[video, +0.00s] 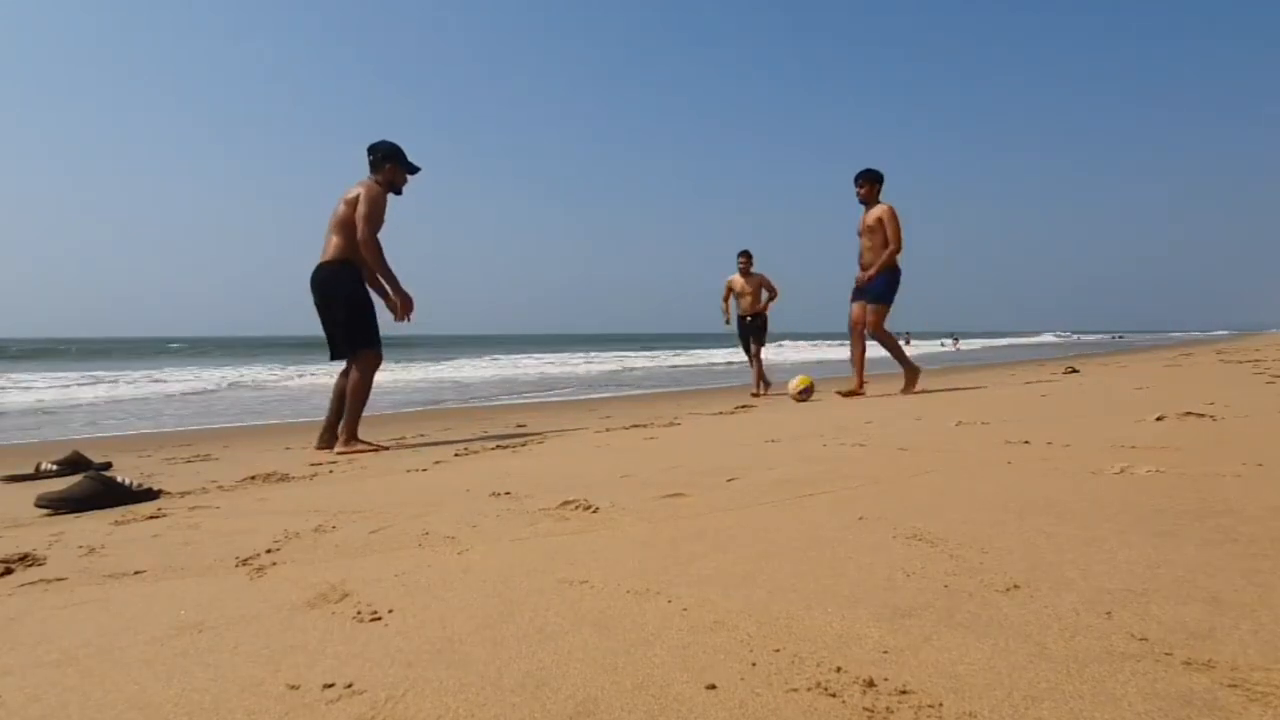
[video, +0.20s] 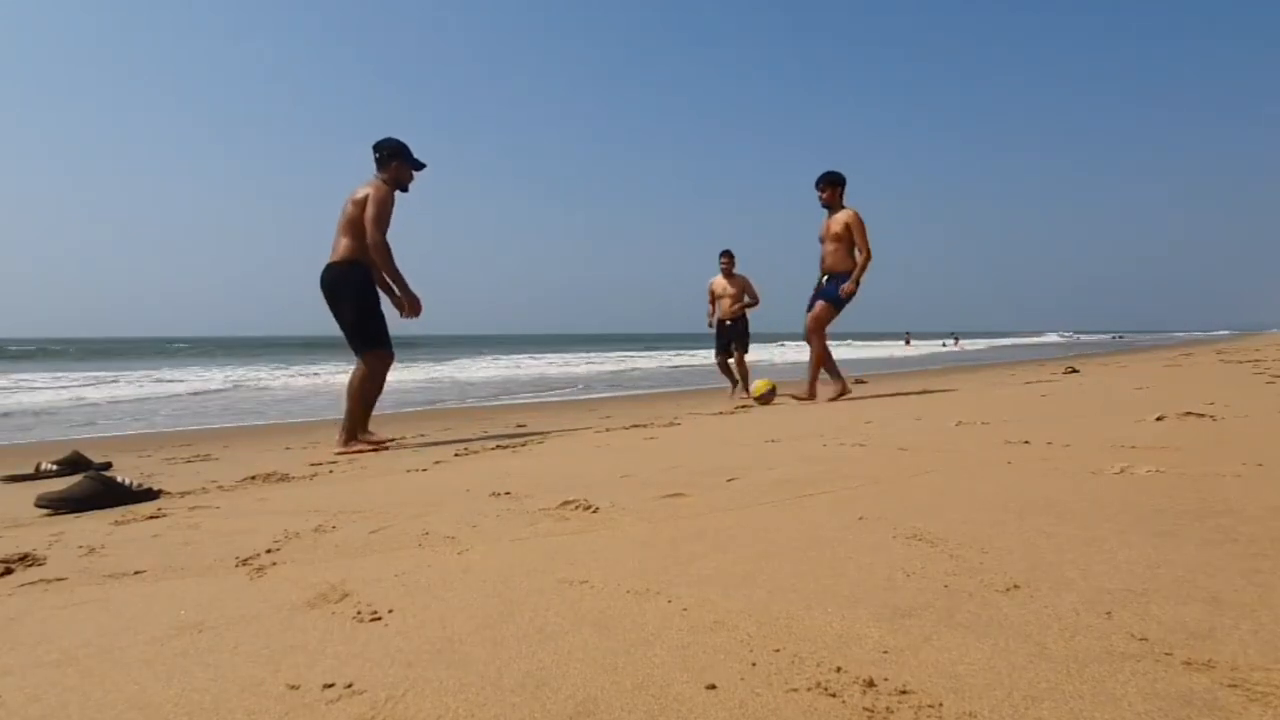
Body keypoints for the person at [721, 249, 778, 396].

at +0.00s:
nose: (742, 266)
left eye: (745, 263)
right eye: (740, 263)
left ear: (751, 263)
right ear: (737, 264)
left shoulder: (759, 279)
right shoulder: (731, 282)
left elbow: (773, 292)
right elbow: (725, 299)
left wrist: (765, 305)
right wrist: (727, 314)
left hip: (757, 315)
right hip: (742, 317)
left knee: (755, 353)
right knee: (750, 356)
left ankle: (756, 388)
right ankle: (765, 381)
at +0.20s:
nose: (725, 266)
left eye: (727, 263)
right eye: (722, 264)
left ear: (733, 264)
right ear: (719, 264)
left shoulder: (741, 281)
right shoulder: (714, 283)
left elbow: (755, 300)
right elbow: (711, 302)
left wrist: (742, 305)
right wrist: (711, 316)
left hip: (738, 321)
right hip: (722, 322)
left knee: (739, 359)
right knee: (720, 360)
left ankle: (745, 388)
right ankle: (734, 382)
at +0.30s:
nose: (711, 263)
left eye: (714, 260)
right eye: (708, 260)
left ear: (720, 260)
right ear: (705, 261)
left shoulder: (729, 277)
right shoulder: (701, 280)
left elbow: (741, 296)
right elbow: (700, 299)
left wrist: (727, 301)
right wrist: (698, 312)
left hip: (726, 318)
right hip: (709, 319)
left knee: (734, 358)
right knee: (702, 357)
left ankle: (745, 389)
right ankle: (707, 391)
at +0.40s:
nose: (696, 261)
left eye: (699, 258)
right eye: (694, 258)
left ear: (705, 258)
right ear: (690, 259)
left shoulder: (714, 275)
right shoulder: (687, 278)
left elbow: (728, 294)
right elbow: (685, 298)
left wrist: (713, 299)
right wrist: (680, 310)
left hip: (710, 317)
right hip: (694, 317)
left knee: (721, 357)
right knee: (687, 357)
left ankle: (740, 383)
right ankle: (688, 393)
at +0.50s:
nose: (683, 260)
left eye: (686, 257)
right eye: (680, 257)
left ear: (692, 258)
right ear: (677, 258)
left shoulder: (700, 276)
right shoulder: (671, 278)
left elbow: (713, 296)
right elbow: (667, 297)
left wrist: (700, 300)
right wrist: (663, 309)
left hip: (695, 318)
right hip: (678, 319)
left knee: (701, 358)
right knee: (677, 360)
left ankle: (720, 380)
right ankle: (686, 394)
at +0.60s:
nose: (671, 254)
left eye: (675, 251)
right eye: (669, 251)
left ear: (680, 252)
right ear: (665, 252)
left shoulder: (688, 271)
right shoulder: (657, 271)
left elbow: (700, 290)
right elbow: (651, 289)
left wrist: (690, 294)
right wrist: (650, 300)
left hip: (680, 311)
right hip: (663, 312)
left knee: (680, 354)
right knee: (668, 354)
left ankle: (683, 391)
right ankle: (681, 387)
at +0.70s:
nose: (659, 253)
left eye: (663, 250)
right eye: (657, 250)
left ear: (669, 251)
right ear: (653, 251)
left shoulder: (676, 270)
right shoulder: (646, 270)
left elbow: (687, 289)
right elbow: (638, 287)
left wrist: (677, 294)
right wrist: (637, 299)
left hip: (665, 311)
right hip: (648, 311)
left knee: (659, 353)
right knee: (649, 355)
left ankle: (651, 393)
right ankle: (665, 385)